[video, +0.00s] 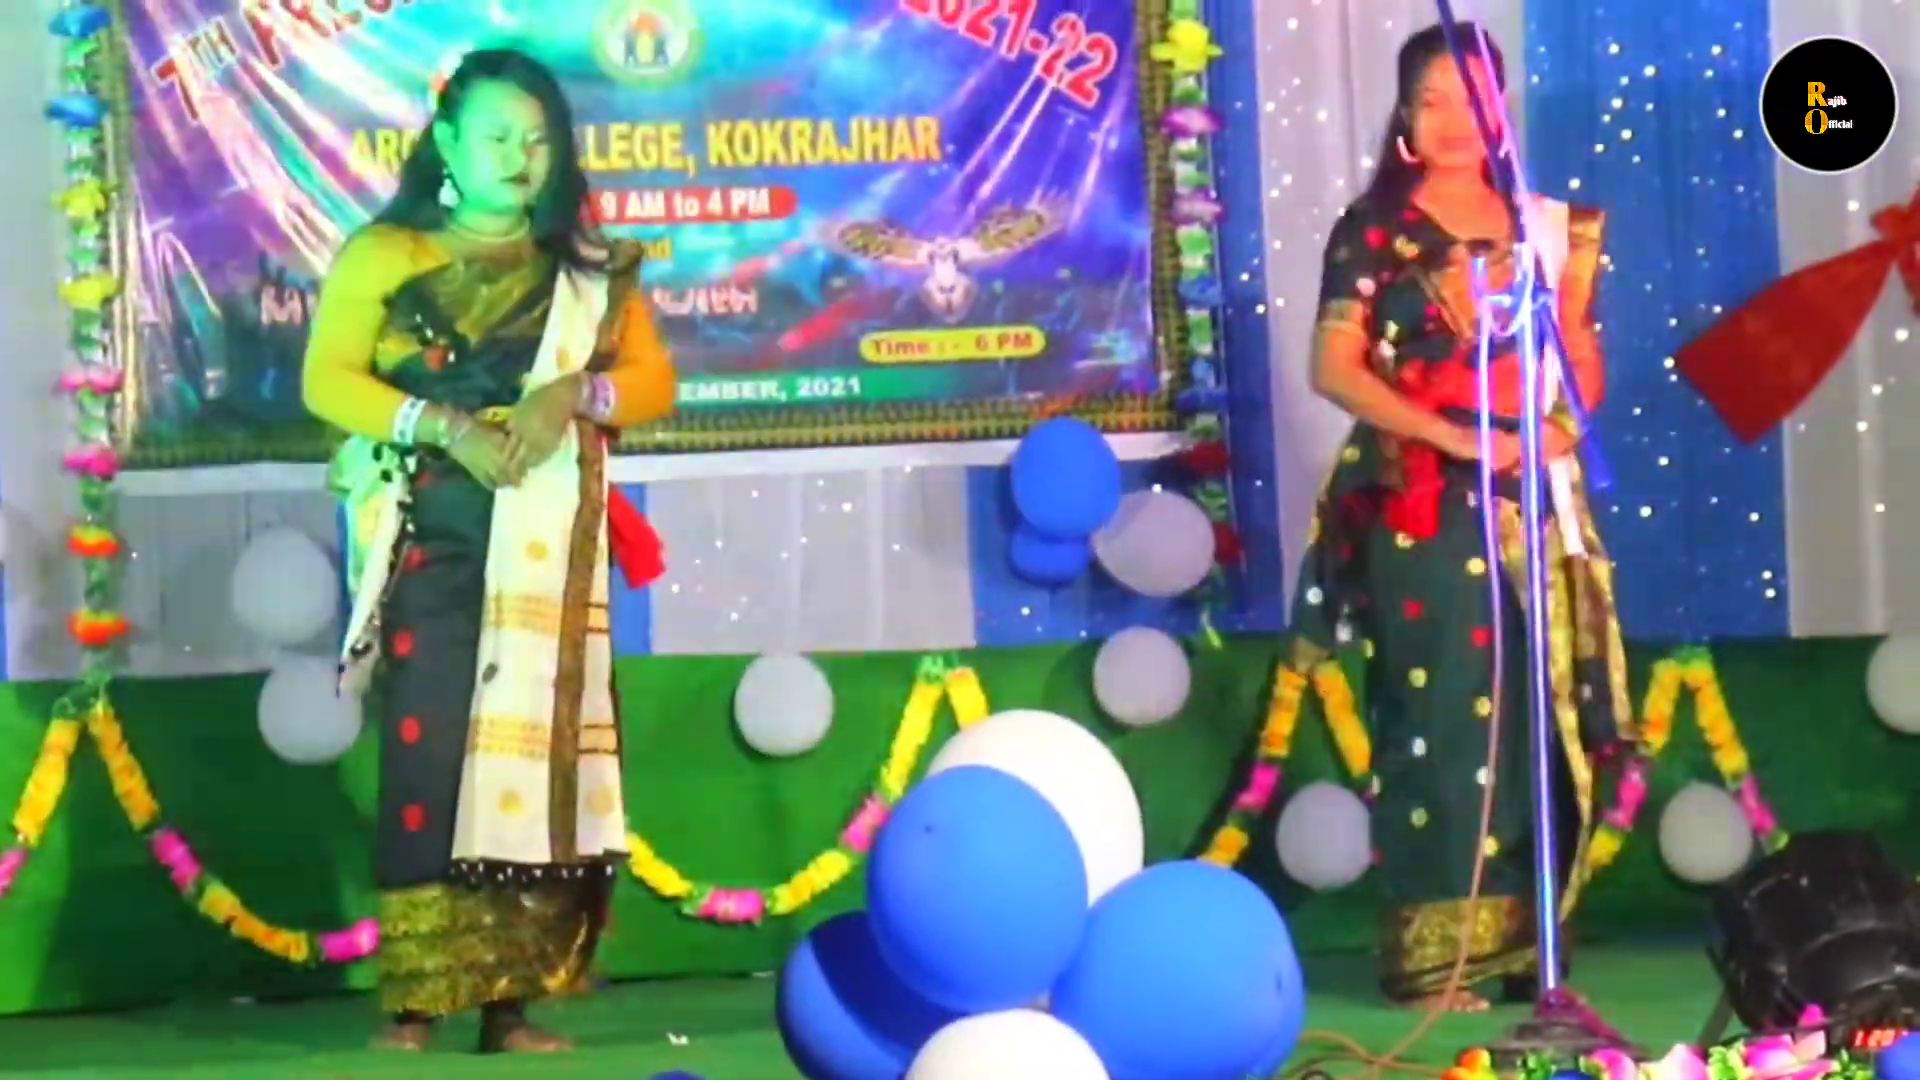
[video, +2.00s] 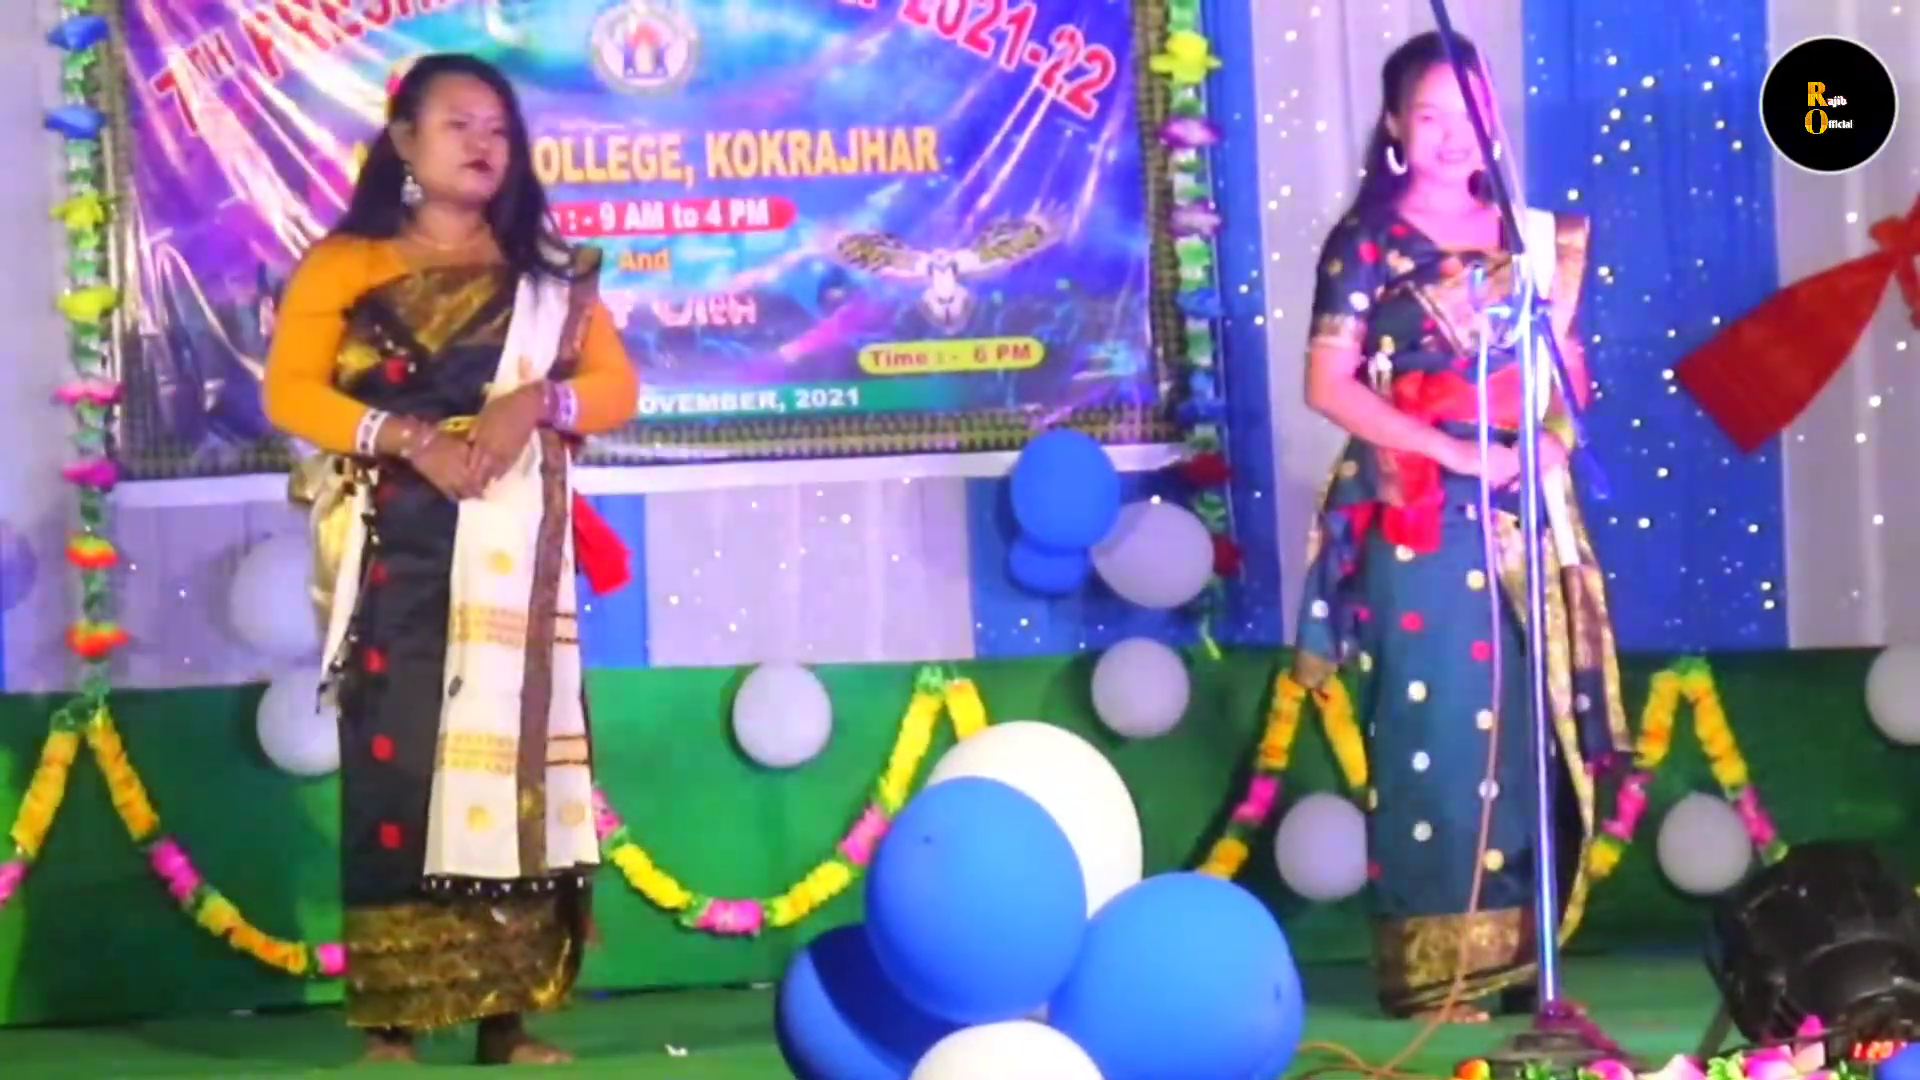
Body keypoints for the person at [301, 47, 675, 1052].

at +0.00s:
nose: (518, 156)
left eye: (536, 137)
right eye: (495, 136)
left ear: (559, 149)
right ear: (448, 143)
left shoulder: (594, 268)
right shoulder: (382, 257)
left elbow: (655, 387)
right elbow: (326, 380)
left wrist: (576, 394)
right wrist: (444, 424)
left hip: (549, 556)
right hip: (433, 550)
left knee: (538, 752)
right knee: (428, 756)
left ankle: (507, 1004)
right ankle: (415, 999)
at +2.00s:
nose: (483, 142)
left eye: (498, 129)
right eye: (458, 125)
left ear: (515, 150)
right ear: (404, 142)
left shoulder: (545, 273)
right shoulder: (343, 266)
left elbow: (620, 390)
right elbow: (289, 394)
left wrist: (535, 403)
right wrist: (406, 434)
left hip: (517, 562)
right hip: (398, 559)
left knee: (518, 765)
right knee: (395, 771)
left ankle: (509, 1017)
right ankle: (389, 1017)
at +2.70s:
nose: (513, 141)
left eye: (519, 125)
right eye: (488, 126)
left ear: (529, 137)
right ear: (428, 141)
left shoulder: (556, 260)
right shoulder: (374, 251)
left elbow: (631, 380)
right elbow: (327, 374)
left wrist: (574, 406)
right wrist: (448, 397)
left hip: (536, 547)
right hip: (422, 544)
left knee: (530, 752)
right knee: (408, 760)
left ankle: (513, 1010)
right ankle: (390, 1012)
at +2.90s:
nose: (533, 146)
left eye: (534, 127)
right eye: (505, 134)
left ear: (546, 149)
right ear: (451, 166)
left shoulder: (549, 271)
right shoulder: (453, 266)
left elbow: (664, 360)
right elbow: (548, 340)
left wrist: (673, 275)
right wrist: (626, 276)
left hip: (577, 556)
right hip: (501, 558)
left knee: (579, 776)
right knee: (520, 773)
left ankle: (510, 1010)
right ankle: (421, 979)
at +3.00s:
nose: (550, 125)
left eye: (547, 108)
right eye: (523, 115)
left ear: (547, 132)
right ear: (469, 148)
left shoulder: (528, 237)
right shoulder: (493, 236)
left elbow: (678, 318)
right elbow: (632, 280)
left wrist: (639, 213)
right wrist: (637, 202)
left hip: (550, 546)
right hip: (529, 549)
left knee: (563, 765)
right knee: (566, 766)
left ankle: (511, 1007)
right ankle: (497, 1013)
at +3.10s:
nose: (580, 114)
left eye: (570, 98)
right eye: (555, 102)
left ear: (489, 138)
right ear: (498, 131)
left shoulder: (460, 245)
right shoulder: (561, 230)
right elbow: (677, 326)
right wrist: (714, 280)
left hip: (502, 560)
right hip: (595, 549)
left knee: (543, 764)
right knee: (690, 708)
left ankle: (511, 1003)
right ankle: (635, 953)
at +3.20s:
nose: (596, 145)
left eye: (586, 127)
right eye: (569, 133)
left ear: (504, 169)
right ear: (515, 162)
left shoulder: (469, 282)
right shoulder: (589, 268)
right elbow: (687, 371)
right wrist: (783, 400)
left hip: (527, 588)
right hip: (634, 576)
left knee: (575, 792)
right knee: (723, 746)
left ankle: (524, 1018)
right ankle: (715, 986)